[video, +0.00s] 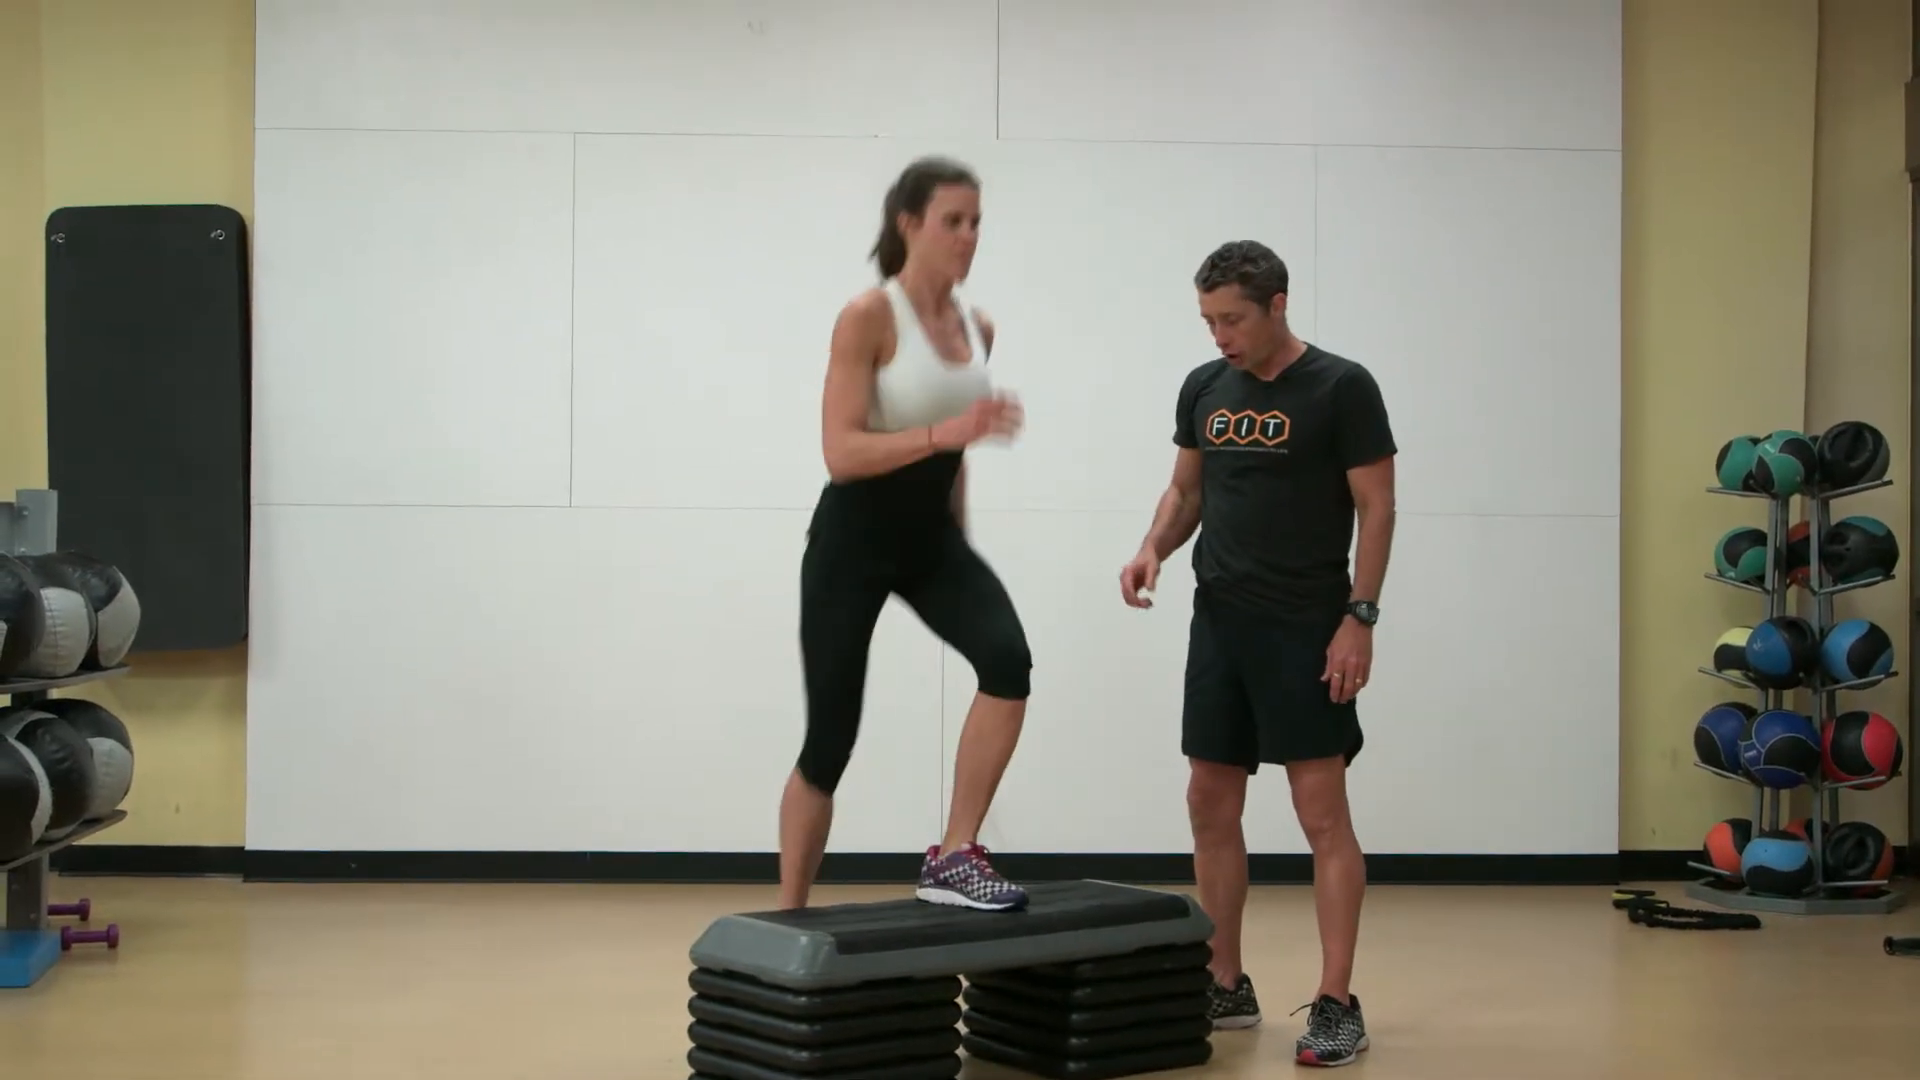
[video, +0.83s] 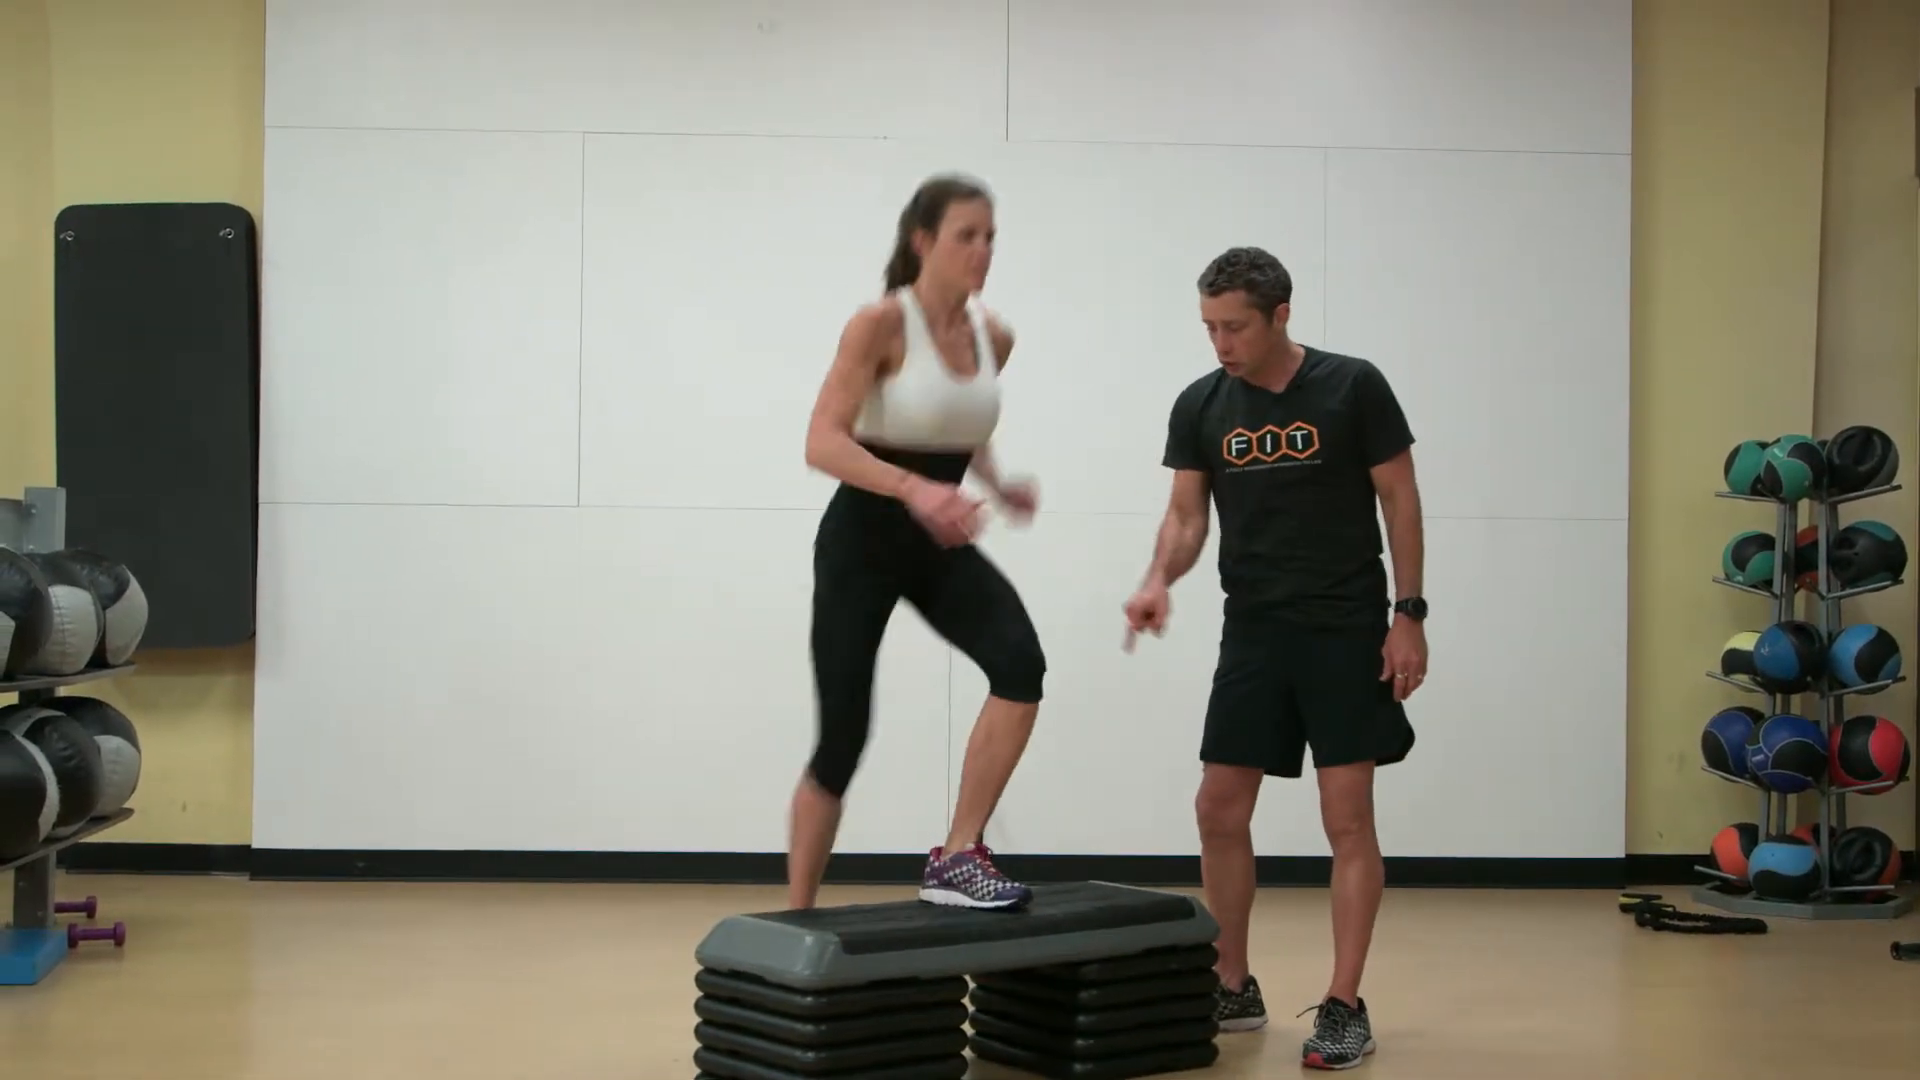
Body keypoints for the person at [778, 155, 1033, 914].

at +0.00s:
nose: (969, 236)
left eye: (975, 223)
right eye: (954, 221)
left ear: (976, 231)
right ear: (906, 225)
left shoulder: (973, 328)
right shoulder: (866, 320)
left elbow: (946, 447)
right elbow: (841, 451)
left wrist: (955, 545)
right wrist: (945, 433)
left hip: (931, 542)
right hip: (851, 545)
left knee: (1007, 662)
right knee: (829, 739)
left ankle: (955, 854)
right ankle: (789, 922)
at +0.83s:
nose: (984, 250)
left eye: (990, 237)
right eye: (968, 237)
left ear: (992, 244)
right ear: (921, 242)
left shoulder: (993, 337)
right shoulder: (877, 327)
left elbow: (964, 425)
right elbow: (823, 443)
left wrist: (997, 482)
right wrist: (912, 488)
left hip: (939, 545)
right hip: (860, 543)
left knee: (1020, 666)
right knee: (842, 736)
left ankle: (959, 855)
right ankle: (797, 919)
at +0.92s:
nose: (998, 199)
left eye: (1004, 184)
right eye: (982, 183)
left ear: (1006, 195)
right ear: (936, 191)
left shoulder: (1009, 298)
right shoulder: (887, 280)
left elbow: (1001, 424)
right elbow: (815, 400)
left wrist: (1034, 420)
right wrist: (849, 499)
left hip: (954, 500)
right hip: (877, 500)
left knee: (1017, 661)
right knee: (912, 692)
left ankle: (961, 855)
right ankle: (827, 826)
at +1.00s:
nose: (1001, 157)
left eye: (1009, 144)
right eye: (986, 142)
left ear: (1012, 155)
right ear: (941, 149)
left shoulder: (1020, 258)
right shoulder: (888, 238)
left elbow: (1041, 392)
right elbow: (814, 351)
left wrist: (1065, 324)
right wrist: (783, 470)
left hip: (966, 462)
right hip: (886, 459)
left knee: (1003, 642)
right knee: (987, 579)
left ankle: (964, 851)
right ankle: (875, 692)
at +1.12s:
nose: (1004, 93)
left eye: (1012, 81)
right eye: (990, 79)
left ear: (1015, 93)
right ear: (945, 84)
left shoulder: (1032, 191)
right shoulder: (888, 175)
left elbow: (1083, 308)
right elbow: (811, 279)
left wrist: (1073, 205)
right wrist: (758, 375)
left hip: (977, 398)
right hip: (892, 384)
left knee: (976, 612)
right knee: (1030, 406)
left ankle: (982, 817)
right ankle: (927, 558)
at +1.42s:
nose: (1017, 152)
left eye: (1025, 137)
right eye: (1002, 135)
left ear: (1029, 148)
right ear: (958, 141)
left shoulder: (1041, 254)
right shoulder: (906, 235)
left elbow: (1083, 384)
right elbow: (840, 351)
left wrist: (1091, 302)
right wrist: (815, 473)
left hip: (984, 456)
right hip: (904, 449)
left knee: (1024, 653)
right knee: (1029, 518)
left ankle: (988, 850)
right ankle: (912, 635)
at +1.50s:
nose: (1021, 177)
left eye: (1028, 163)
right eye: (1006, 161)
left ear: (1032, 173)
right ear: (961, 166)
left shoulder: (1032, 276)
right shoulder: (913, 256)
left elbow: (1040, 413)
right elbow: (856, 388)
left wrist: (1071, 386)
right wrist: (871, 501)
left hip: (982, 480)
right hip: (907, 478)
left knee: (1044, 650)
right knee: (985, 626)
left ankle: (989, 850)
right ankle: (873, 732)